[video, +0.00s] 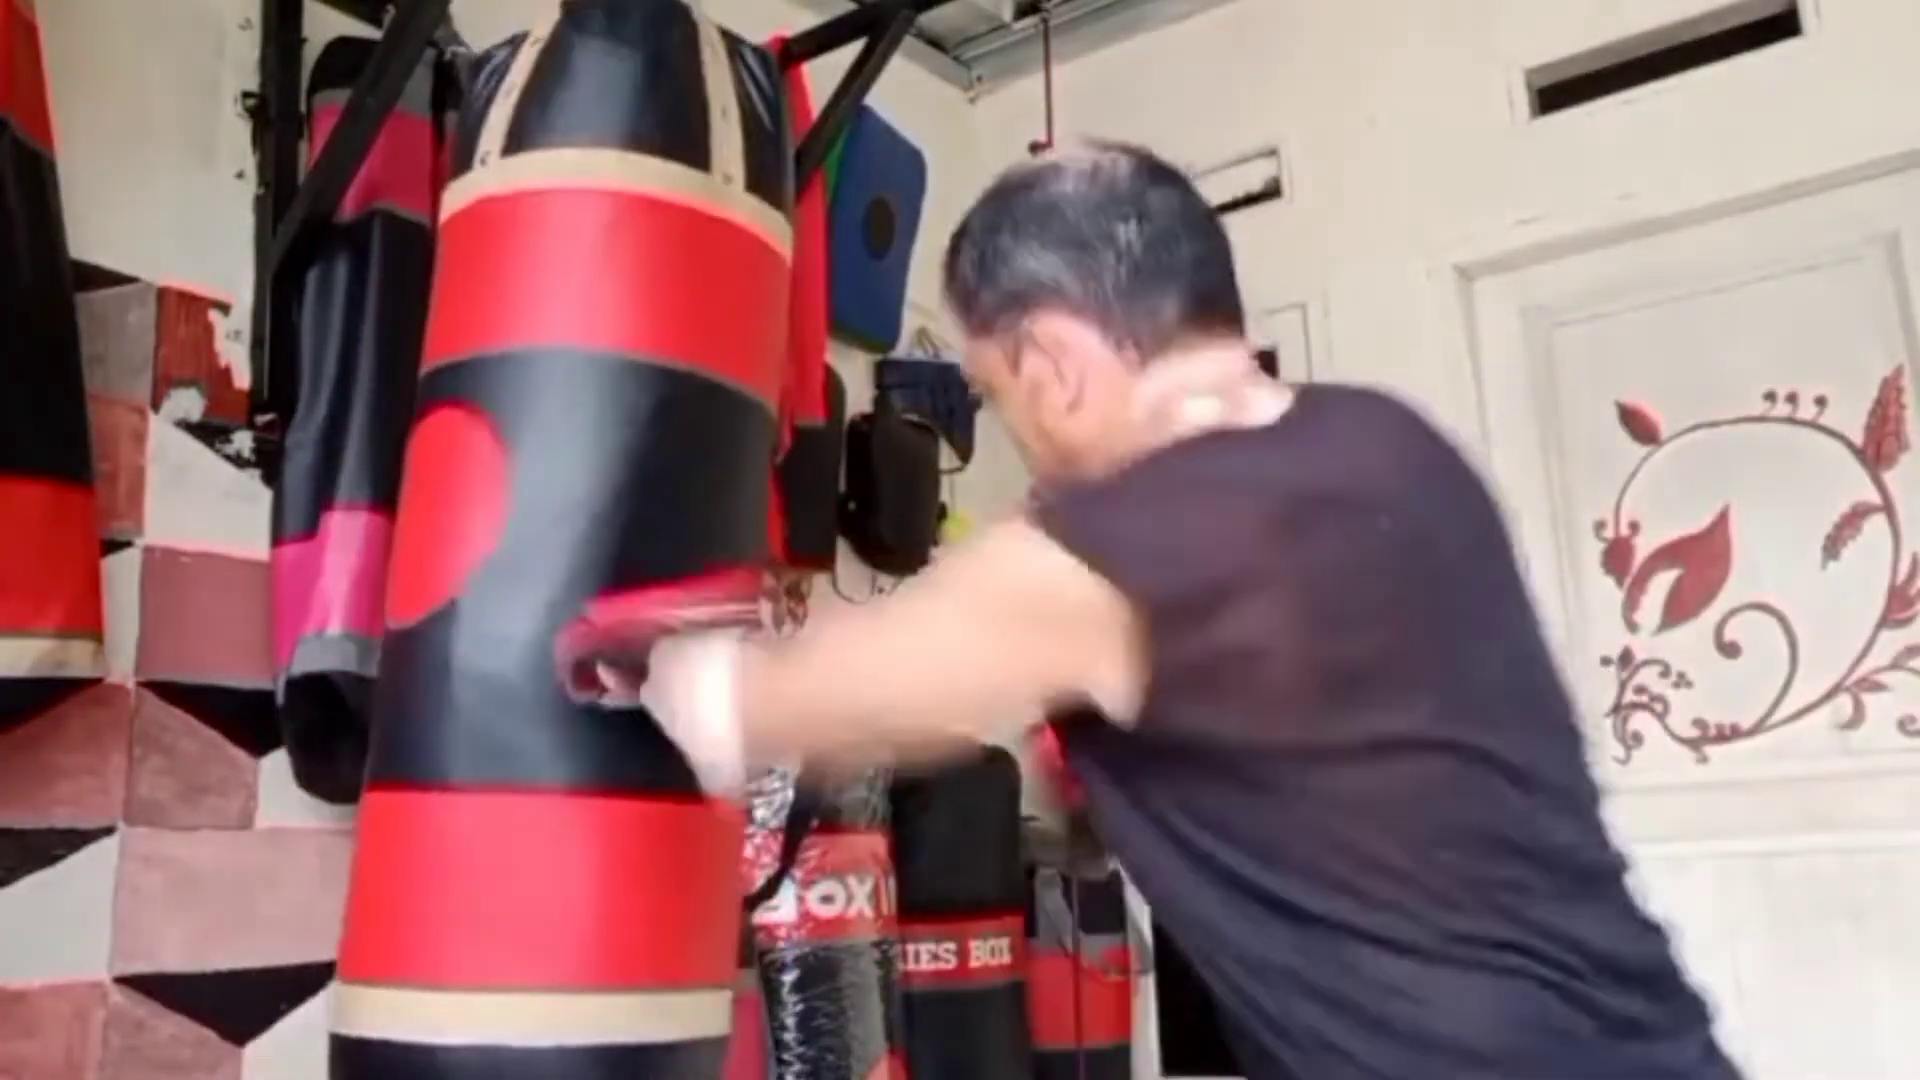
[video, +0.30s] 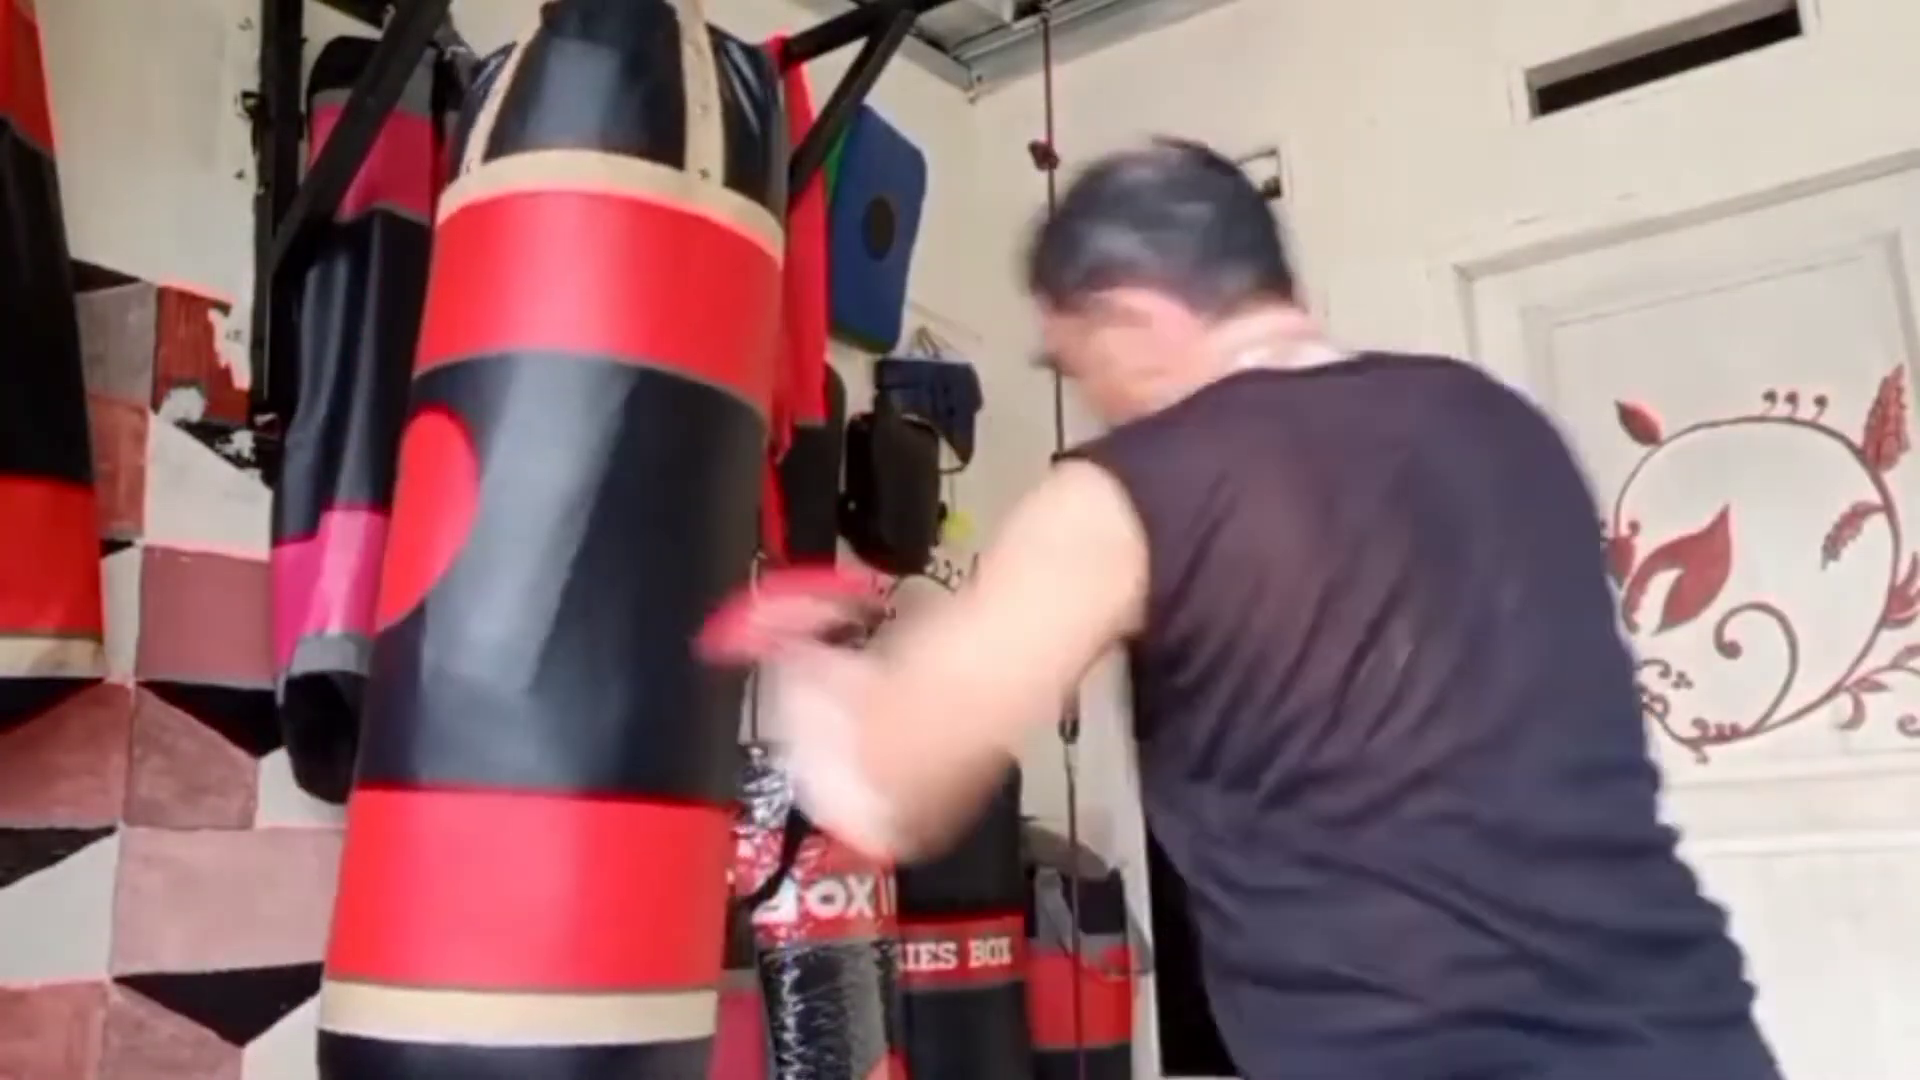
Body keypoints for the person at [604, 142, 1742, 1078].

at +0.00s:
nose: (1015, 434)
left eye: (1000, 385)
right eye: (997, 394)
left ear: (1065, 352)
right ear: (1222, 307)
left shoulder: (1101, 557)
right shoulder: (1396, 445)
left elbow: (741, 714)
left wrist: (687, 659)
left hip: (1430, 1056)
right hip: (1651, 1035)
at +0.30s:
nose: (1081, 399)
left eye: (1072, 361)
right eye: (1066, 367)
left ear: (1137, 315)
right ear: (1280, 284)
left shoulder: (1125, 492)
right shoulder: (1508, 420)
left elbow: (886, 790)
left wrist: (800, 662)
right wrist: (931, 631)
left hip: (1375, 1057)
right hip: (1686, 1040)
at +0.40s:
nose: (1121, 412)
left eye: (1109, 372)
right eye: (1102, 380)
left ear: (1173, 320)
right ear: (1309, 298)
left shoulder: (1157, 494)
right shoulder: (1538, 428)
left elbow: (965, 835)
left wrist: (885, 677)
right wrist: (1017, 633)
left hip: (1391, 1055)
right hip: (1702, 1041)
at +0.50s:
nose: (1190, 447)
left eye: (1183, 407)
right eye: (1176, 416)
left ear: (1251, 351)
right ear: (1376, 334)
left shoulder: (1232, 521)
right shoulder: (1597, 490)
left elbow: (1052, 898)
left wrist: (1034, 721)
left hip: (1415, 1045)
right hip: (1725, 1039)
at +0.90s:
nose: (1181, 503)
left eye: (1178, 472)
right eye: (1170, 479)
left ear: (1245, 431)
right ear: (1371, 418)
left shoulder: (1194, 559)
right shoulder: (1600, 546)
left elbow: (1016, 919)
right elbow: (1705, 877)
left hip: (1398, 1049)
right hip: (1698, 1049)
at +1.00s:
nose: (1166, 508)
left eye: (1164, 476)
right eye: (1155, 483)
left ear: (1234, 430)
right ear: (1365, 422)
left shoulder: (1184, 564)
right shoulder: (1593, 557)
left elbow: (981, 942)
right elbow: (1699, 910)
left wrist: (962, 1040)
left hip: (1356, 1055)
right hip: (1668, 1055)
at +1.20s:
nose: (1099, 497)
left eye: (1094, 453)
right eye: (1087, 461)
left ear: (1165, 419)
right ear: (1298, 421)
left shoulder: (1130, 593)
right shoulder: (1493, 578)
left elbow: (944, 990)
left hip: (1305, 1048)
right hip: (1584, 1047)